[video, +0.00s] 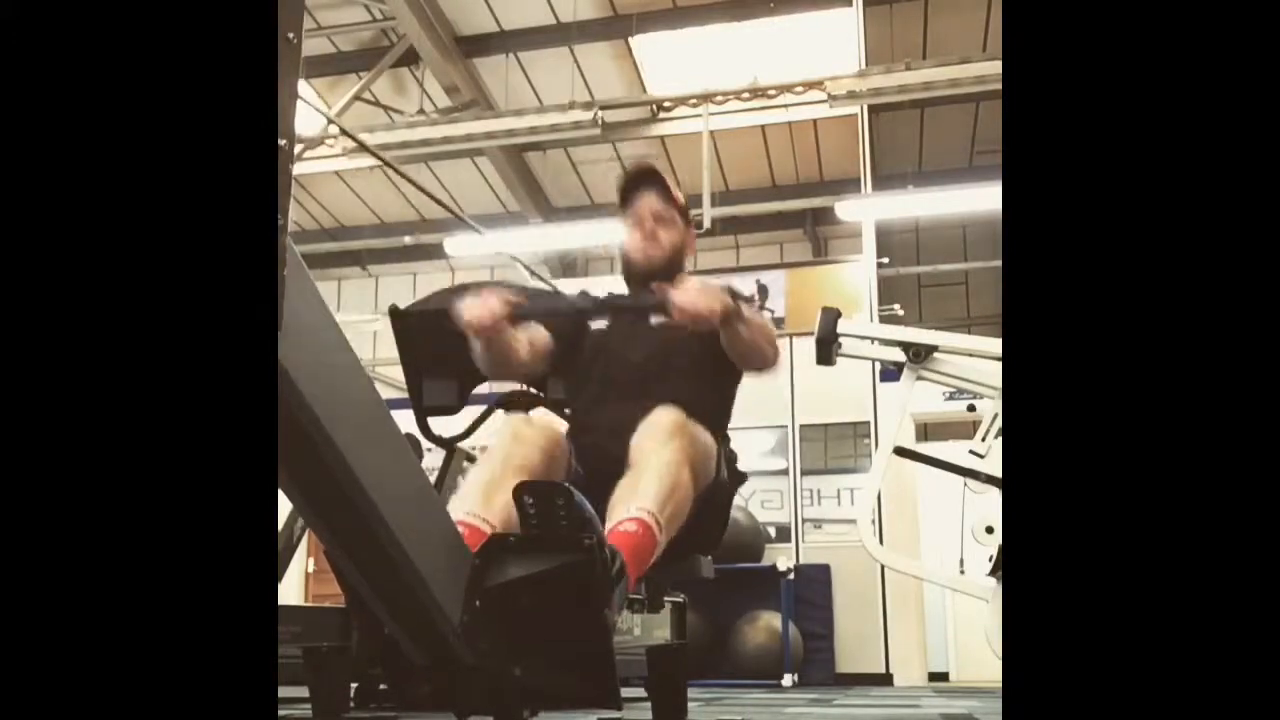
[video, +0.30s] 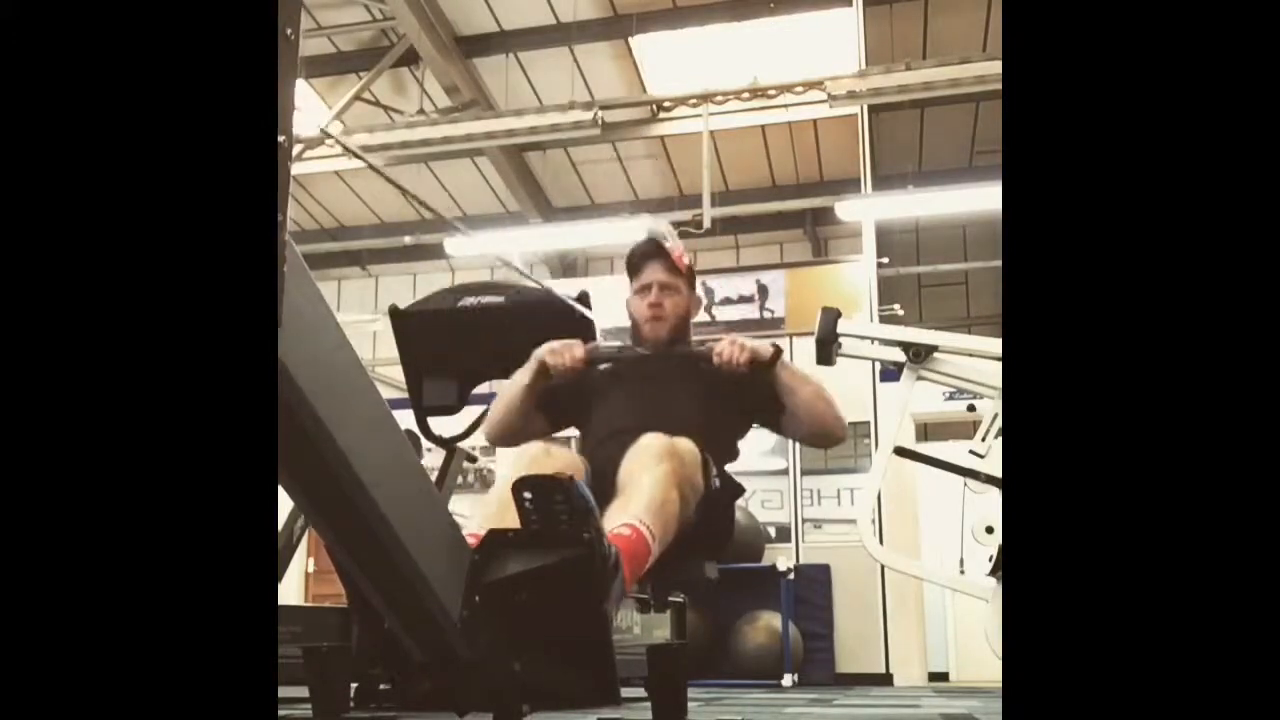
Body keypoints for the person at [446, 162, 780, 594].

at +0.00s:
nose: (647, 230)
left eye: (662, 222)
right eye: (636, 222)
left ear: (689, 238)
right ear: (622, 236)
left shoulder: (717, 303)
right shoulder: (590, 313)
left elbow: (764, 359)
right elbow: (514, 364)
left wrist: (728, 314)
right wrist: (490, 331)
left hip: (688, 476)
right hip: (582, 471)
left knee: (666, 424)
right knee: (521, 428)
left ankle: (609, 572)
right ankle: (451, 556)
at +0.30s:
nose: (655, 299)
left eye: (669, 289)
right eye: (644, 291)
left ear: (692, 301)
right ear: (629, 304)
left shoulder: (726, 366)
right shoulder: (598, 370)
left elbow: (830, 431)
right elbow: (499, 434)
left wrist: (771, 362)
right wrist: (535, 370)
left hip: (695, 500)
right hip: (596, 492)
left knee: (657, 450)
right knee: (534, 456)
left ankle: (606, 579)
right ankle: (490, 572)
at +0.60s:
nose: (622, 203)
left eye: (639, 190)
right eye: (609, 190)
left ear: (666, 208)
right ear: (590, 207)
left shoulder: (705, 293)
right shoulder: (551, 287)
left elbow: (778, 342)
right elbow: (461, 387)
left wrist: (734, 305)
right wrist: (445, 339)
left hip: (675, 497)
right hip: (559, 493)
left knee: (655, 357)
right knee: (510, 365)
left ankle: (606, 566)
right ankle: (445, 556)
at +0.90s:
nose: (593, 156)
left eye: (612, 148)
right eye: (580, 149)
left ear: (648, 175)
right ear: (561, 180)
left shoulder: (689, 249)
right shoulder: (537, 259)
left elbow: (706, 295)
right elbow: (464, 303)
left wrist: (675, 269)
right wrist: (385, 288)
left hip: (670, 483)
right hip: (553, 480)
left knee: (657, 356)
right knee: (504, 358)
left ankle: (608, 565)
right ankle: (443, 555)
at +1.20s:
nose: (652, 269)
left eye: (667, 261)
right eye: (641, 259)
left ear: (691, 280)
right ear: (624, 274)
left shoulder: (722, 345)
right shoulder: (593, 348)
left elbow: (784, 401)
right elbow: (512, 408)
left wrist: (744, 354)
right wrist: (509, 365)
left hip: (686, 481)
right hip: (587, 479)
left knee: (666, 469)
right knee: (531, 471)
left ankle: (613, 577)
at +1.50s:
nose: (651, 289)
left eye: (665, 280)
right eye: (639, 281)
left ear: (690, 293)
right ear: (624, 296)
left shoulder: (725, 355)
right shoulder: (583, 358)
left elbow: (824, 419)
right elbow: (488, 437)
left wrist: (767, 350)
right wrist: (515, 363)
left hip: (689, 504)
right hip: (582, 499)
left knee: (655, 439)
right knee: (536, 439)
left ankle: (610, 572)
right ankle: (469, 554)